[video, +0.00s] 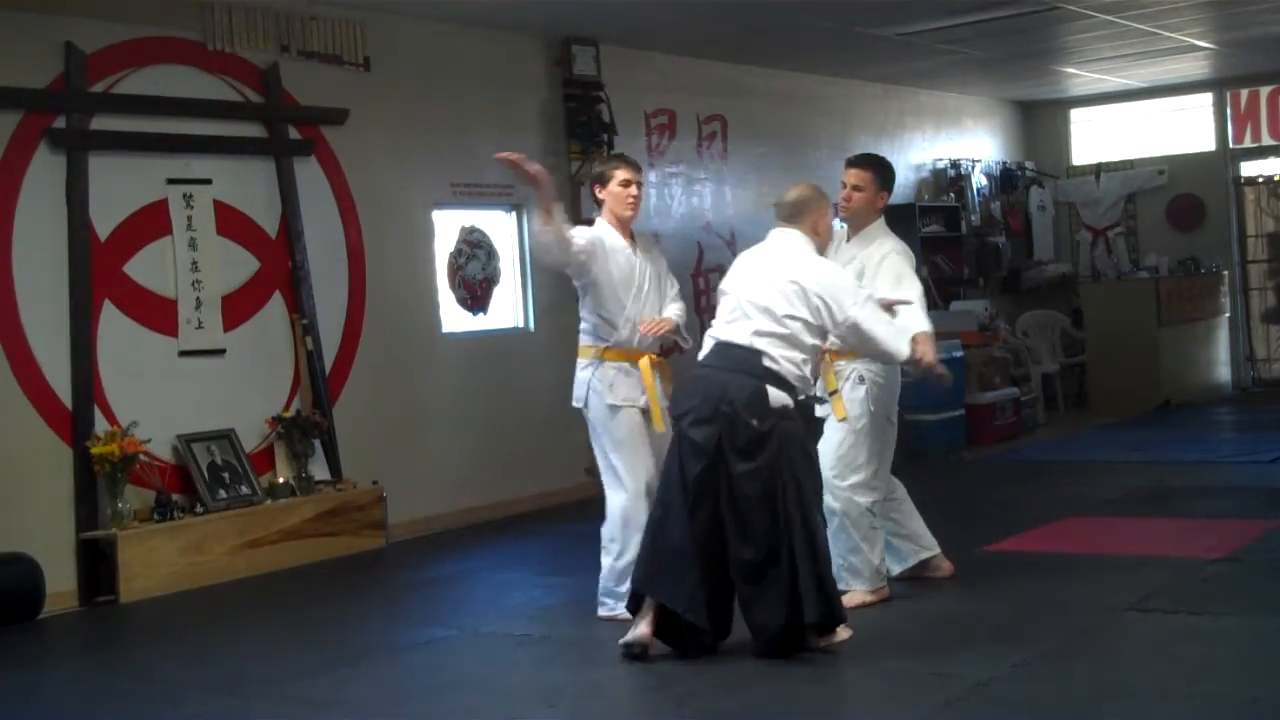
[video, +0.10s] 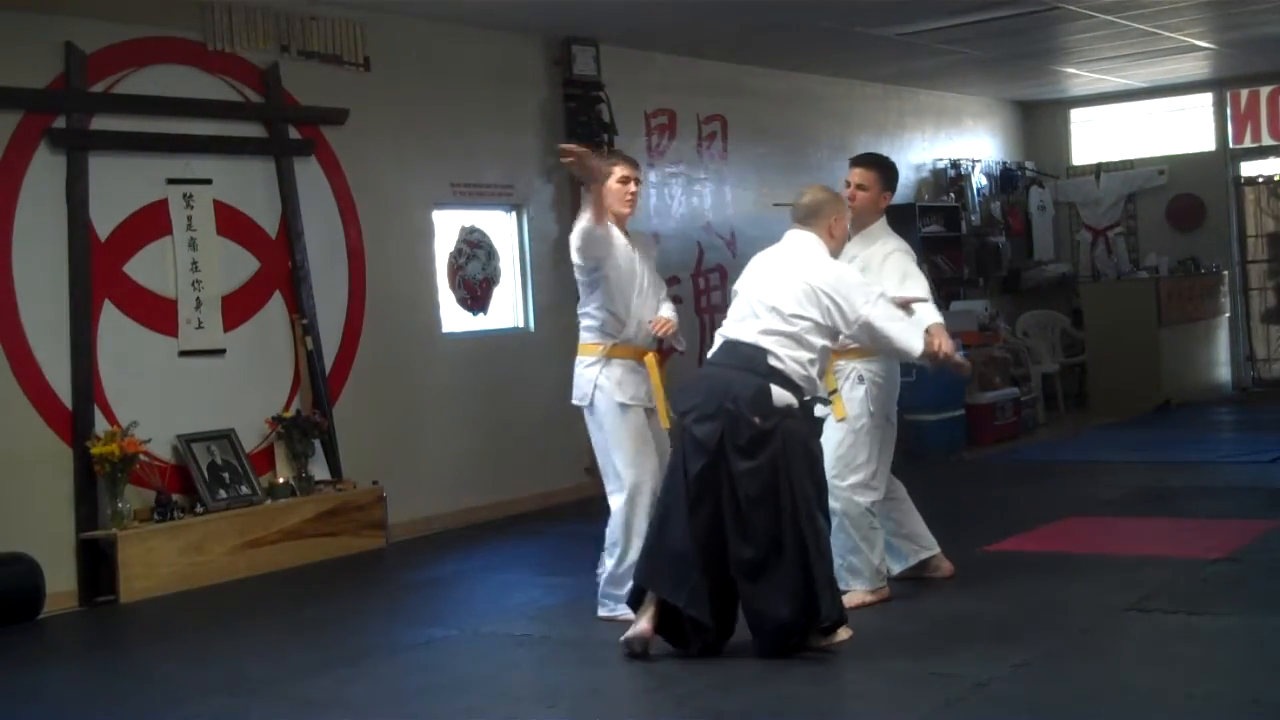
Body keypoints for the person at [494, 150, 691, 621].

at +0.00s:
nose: (634, 193)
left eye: (638, 186)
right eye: (624, 185)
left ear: (642, 194)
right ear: (600, 192)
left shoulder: (650, 247)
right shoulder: (590, 240)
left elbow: (676, 302)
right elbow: (553, 253)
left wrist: (671, 320)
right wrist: (545, 196)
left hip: (649, 373)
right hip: (608, 375)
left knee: (652, 480)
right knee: (633, 483)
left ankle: (646, 590)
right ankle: (616, 597)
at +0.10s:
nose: (632, 190)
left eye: (635, 183)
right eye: (622, 182)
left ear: (638, 192)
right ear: (600, 189)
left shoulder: (634, 248)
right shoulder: (593, 244)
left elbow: (661, 297)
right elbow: (591, 231)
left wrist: (669, 316)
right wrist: (593, 182)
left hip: (640, 371)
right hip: (606, 372)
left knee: (660, 473)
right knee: (636, 478)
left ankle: (643, 585)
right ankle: (616, 595)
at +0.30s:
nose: (633, 186)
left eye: (633, 179)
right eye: (623, 178)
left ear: (616, 186)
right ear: (595, 184)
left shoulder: (609, 228)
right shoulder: (599, 226)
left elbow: (631, 300)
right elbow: (636, 248)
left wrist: (662, 315)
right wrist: (666, 200)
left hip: (614, 366)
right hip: (614, 369)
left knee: (625, 478)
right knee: (648, 474)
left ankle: (607, 577)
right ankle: (617, 594)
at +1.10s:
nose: (628, 190)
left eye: (629, 182)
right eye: (618, 183)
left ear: (628, 189)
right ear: (591, 191)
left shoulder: (618, 236)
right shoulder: (590, 234)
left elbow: (635, 313)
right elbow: (616, 262)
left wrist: (652, 355)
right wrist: (640, 230)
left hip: (634, 370)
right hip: (608, 372)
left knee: (642, 485)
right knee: (627, 488)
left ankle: (639, 580)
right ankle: (618, 597)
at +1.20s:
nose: (626, 191)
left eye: (628, 183)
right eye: (616, 185)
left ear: (630, 188)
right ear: (592, 192)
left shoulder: (628, 239)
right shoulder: (586, 236)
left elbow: (640, 298)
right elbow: (595, 290)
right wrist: (627, 269)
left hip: (635, 364)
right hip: (603, 367)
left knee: (634, 478)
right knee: (614, 482)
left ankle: (632, 588)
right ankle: (615, 593)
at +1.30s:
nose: (624, 191)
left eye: (629, 182)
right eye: (614, 185)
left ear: (636, 187)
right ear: (594, 194)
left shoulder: (649, 241)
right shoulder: (585, 241)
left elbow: (660, 294)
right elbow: (576, 302)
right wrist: (611, 333)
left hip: (649, 361)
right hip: (604, 366)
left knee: (651, 469)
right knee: (605, 473)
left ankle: (656, 579)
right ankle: (605, 582)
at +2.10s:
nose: (605, 193)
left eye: (615, 186)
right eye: (599, 185)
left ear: (632, 192)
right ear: (591, 191)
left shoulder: (637, 240)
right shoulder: (603, 238)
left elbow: (630, 320)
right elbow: (603, 314)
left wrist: (610, 382)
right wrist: (596, 375)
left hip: (633, 369)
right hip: (609, 363)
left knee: (629, 468)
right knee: (623, 466)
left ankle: (638, 558)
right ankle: (632, 554)